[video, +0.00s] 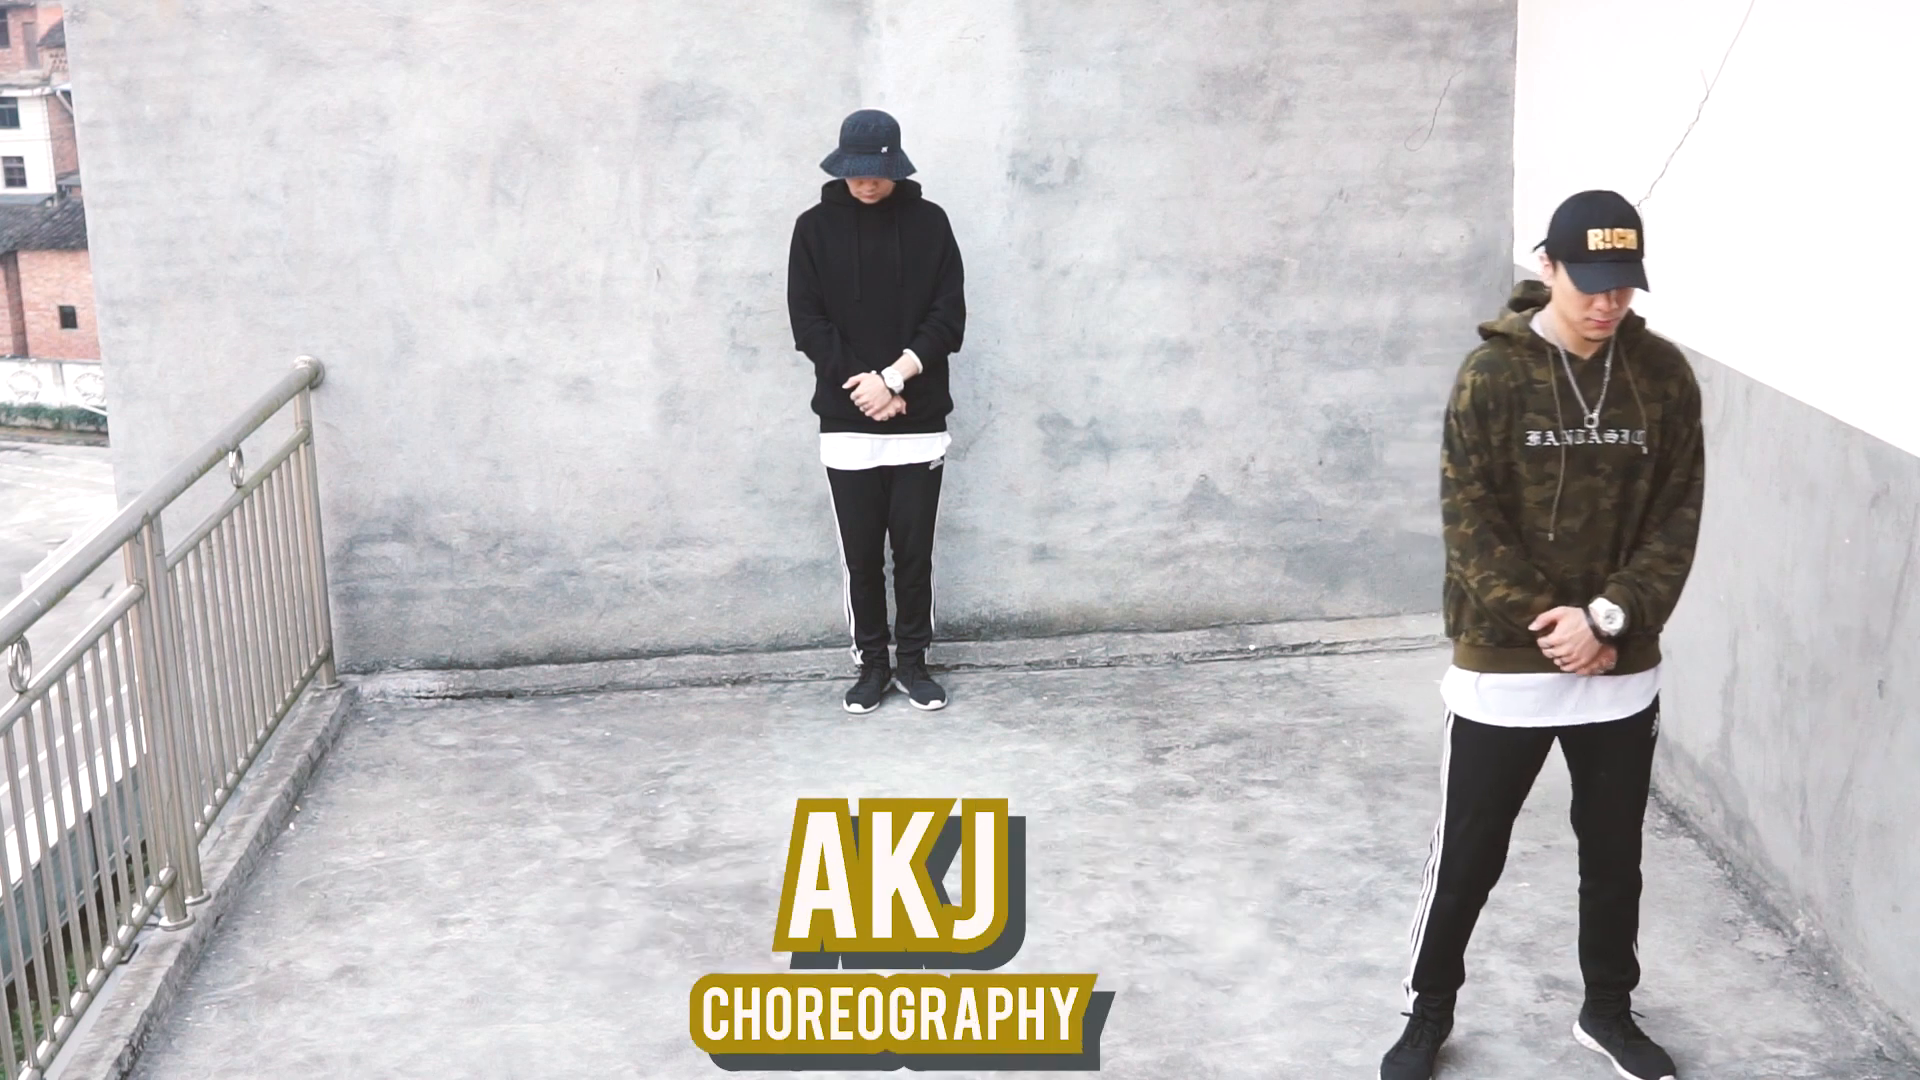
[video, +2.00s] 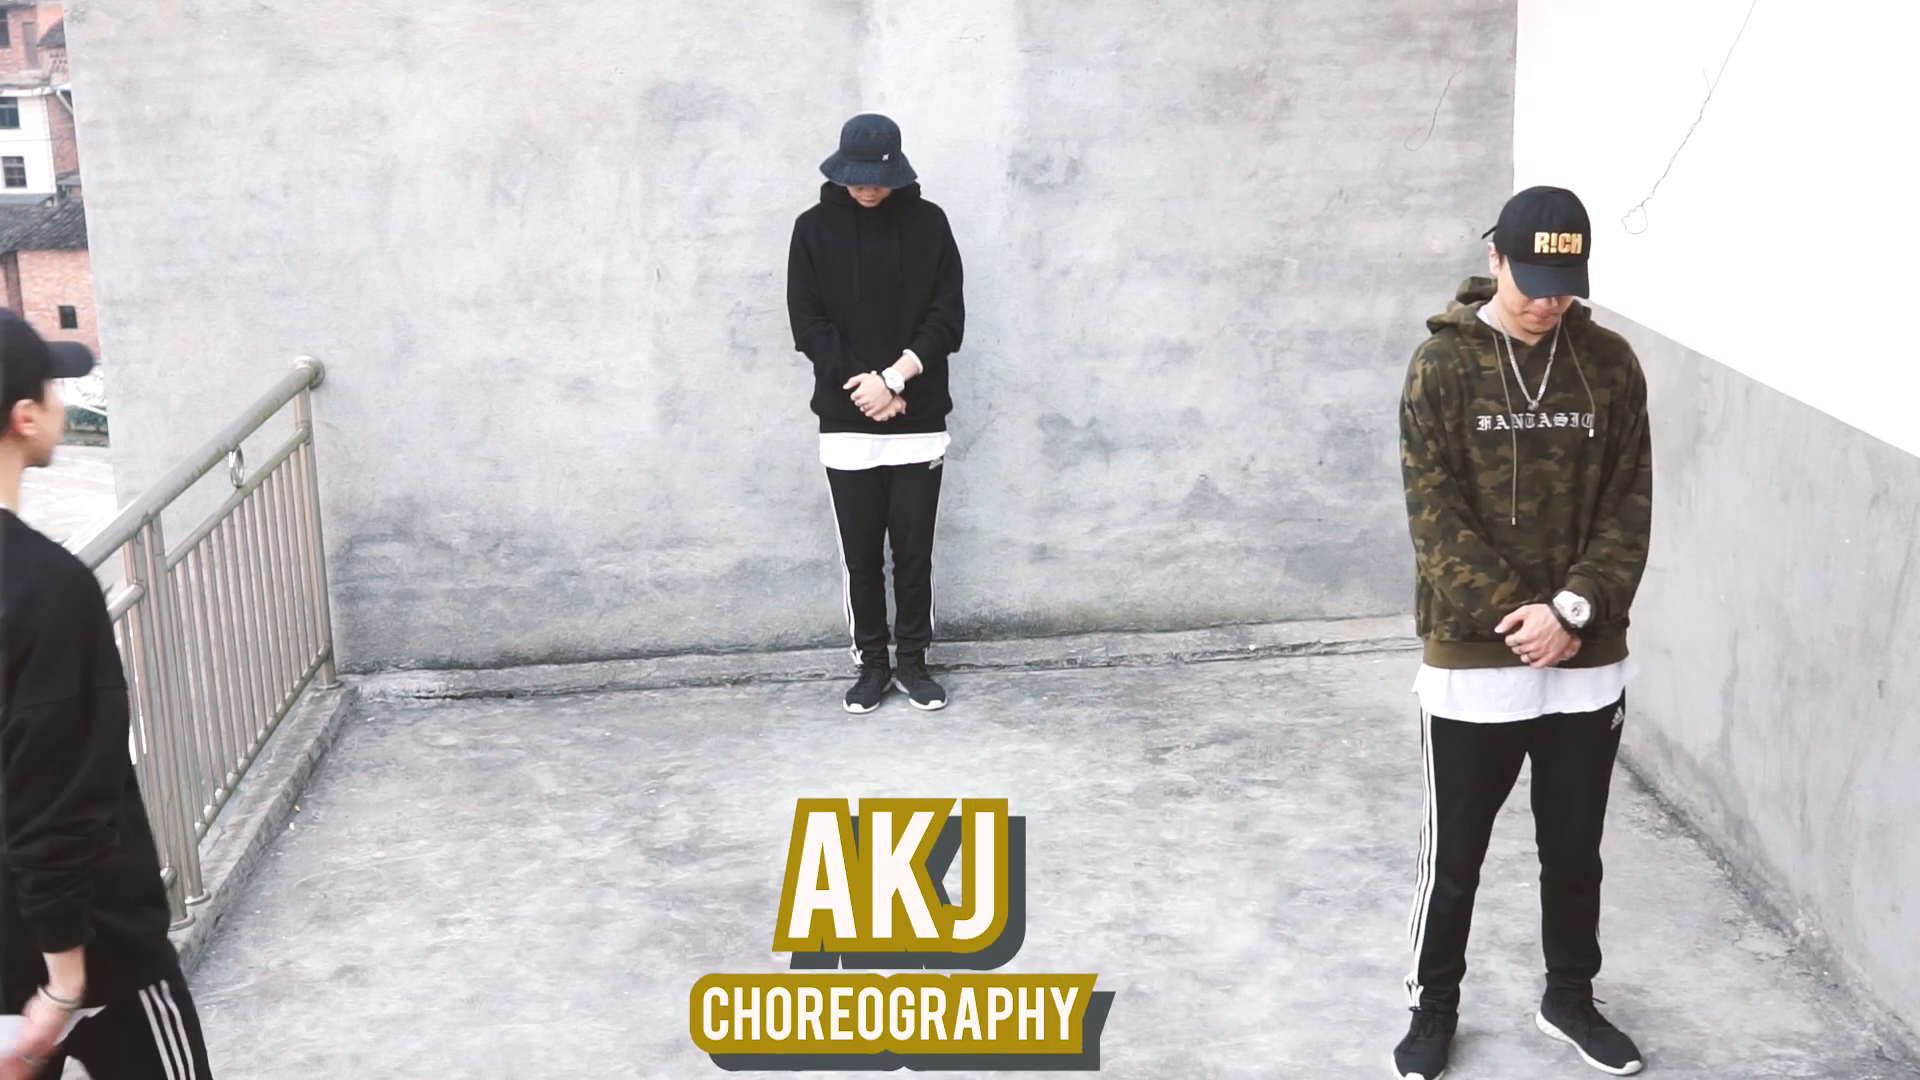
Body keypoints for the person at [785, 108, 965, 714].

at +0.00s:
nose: (867, 183)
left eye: (878, 173)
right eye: (856, 173)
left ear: (897, 168)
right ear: (841, 169)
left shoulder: (928, 222)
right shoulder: (815, 226)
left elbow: (948, 317)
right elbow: (807, 323)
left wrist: (895, 373)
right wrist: (863, 386)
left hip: (919, 413)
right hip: (845, 416)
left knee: (913, 548)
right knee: (861, 551)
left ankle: (913, 664)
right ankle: (872, 666)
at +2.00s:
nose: (868, 190)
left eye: (879, 180)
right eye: (857, 179)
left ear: (897, 173)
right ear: (840, 173)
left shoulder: (927, 221)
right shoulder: (814, 228)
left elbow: (948, 317)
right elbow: (807, 325)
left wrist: (895, 374)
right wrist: (863, 386)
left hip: (919, 414)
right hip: (844, 418)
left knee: (913, 549)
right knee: (861, 551)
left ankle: (913, 664)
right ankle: (872, 666)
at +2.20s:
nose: (868, 190)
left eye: (879, 180)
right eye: (858, 179)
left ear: (897, 173)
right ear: (841, 173)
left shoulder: (928, 222)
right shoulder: (815, 227)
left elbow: (948, 318)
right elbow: (808, 324)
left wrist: (895, 374)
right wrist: (863, 387)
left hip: (919, 415)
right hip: (845, 418)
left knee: (913, 549)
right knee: (861, 552)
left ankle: (913, 664)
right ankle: (872, 666)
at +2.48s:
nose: (869, 189)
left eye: (880, 179)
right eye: (859, 178)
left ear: (898, 173)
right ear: (842, 173)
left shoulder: (929, 222)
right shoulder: (816, 228)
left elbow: (949, 318)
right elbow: (808, 324)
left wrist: (895, 374)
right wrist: (863, 387)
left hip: (920, 416)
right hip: (846, 419)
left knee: (913, 550)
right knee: (862, 553)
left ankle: (913, 663)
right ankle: (873, 667)